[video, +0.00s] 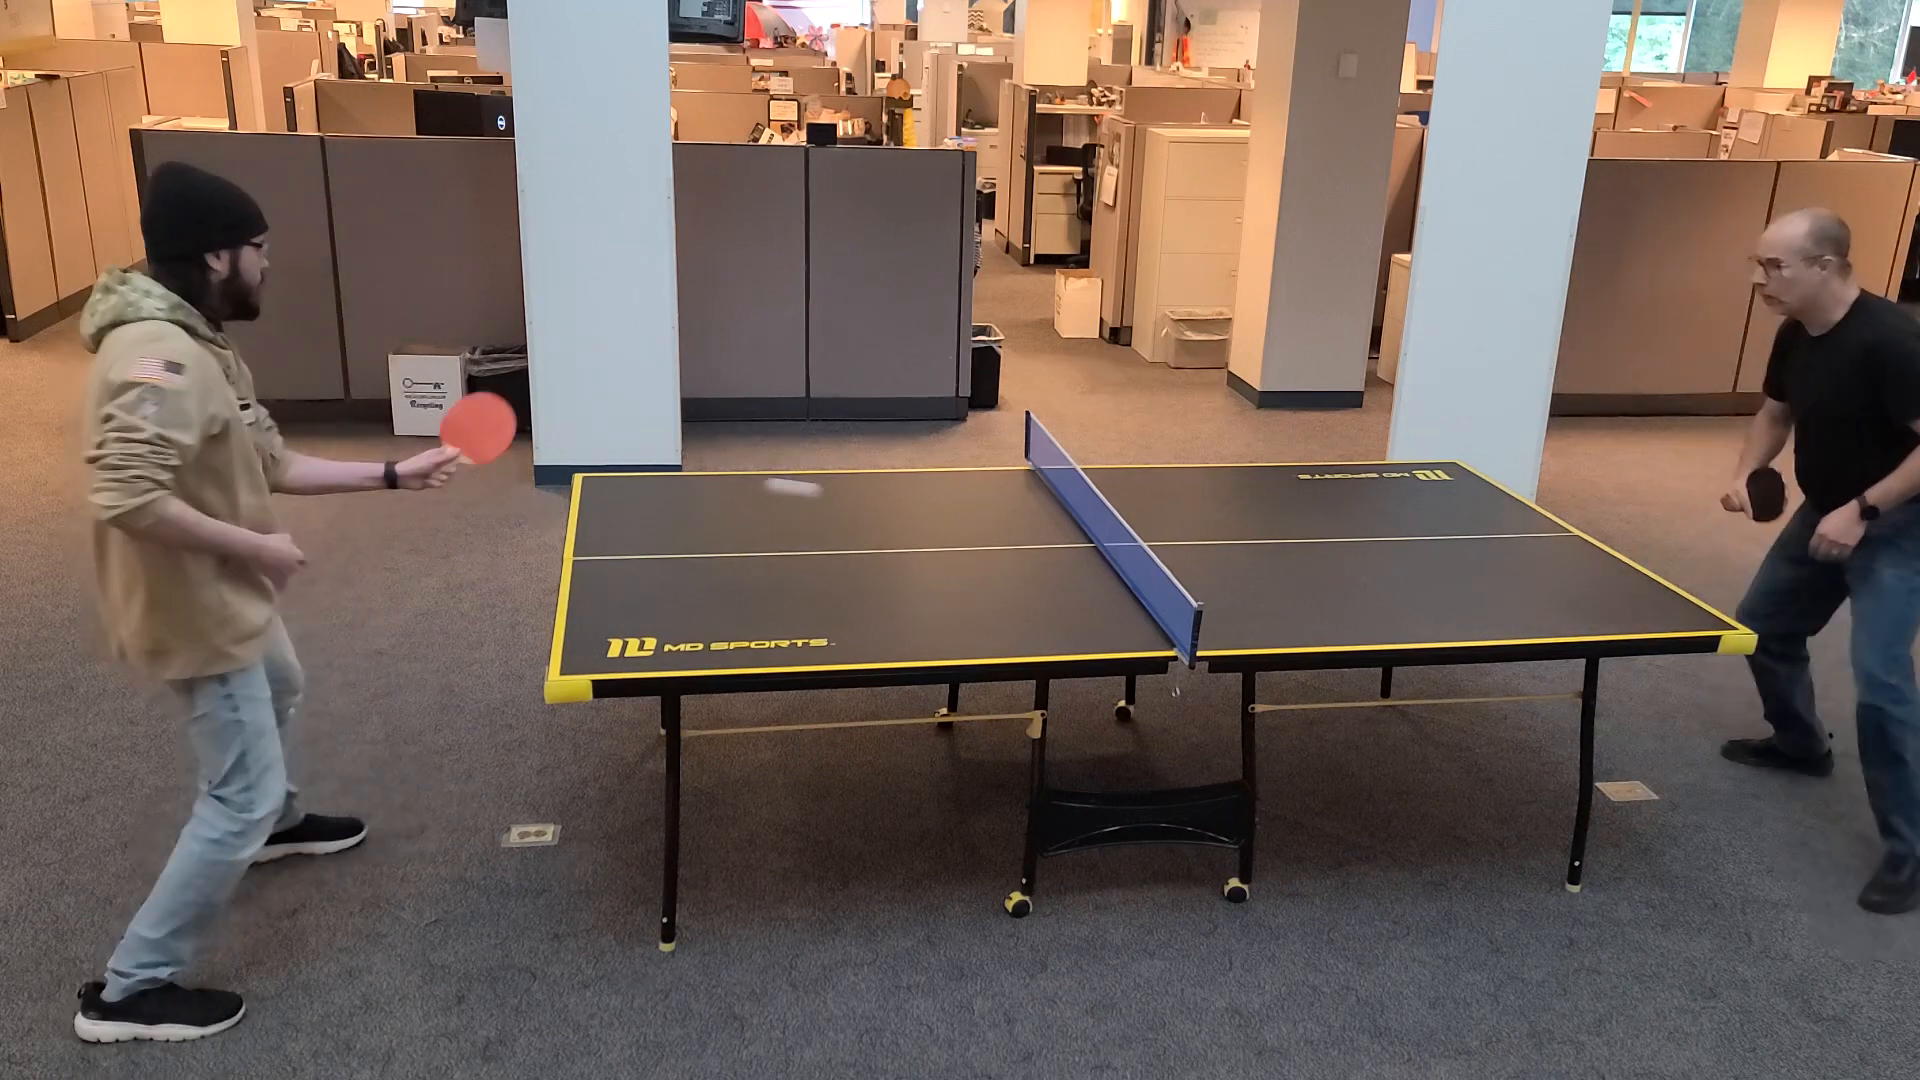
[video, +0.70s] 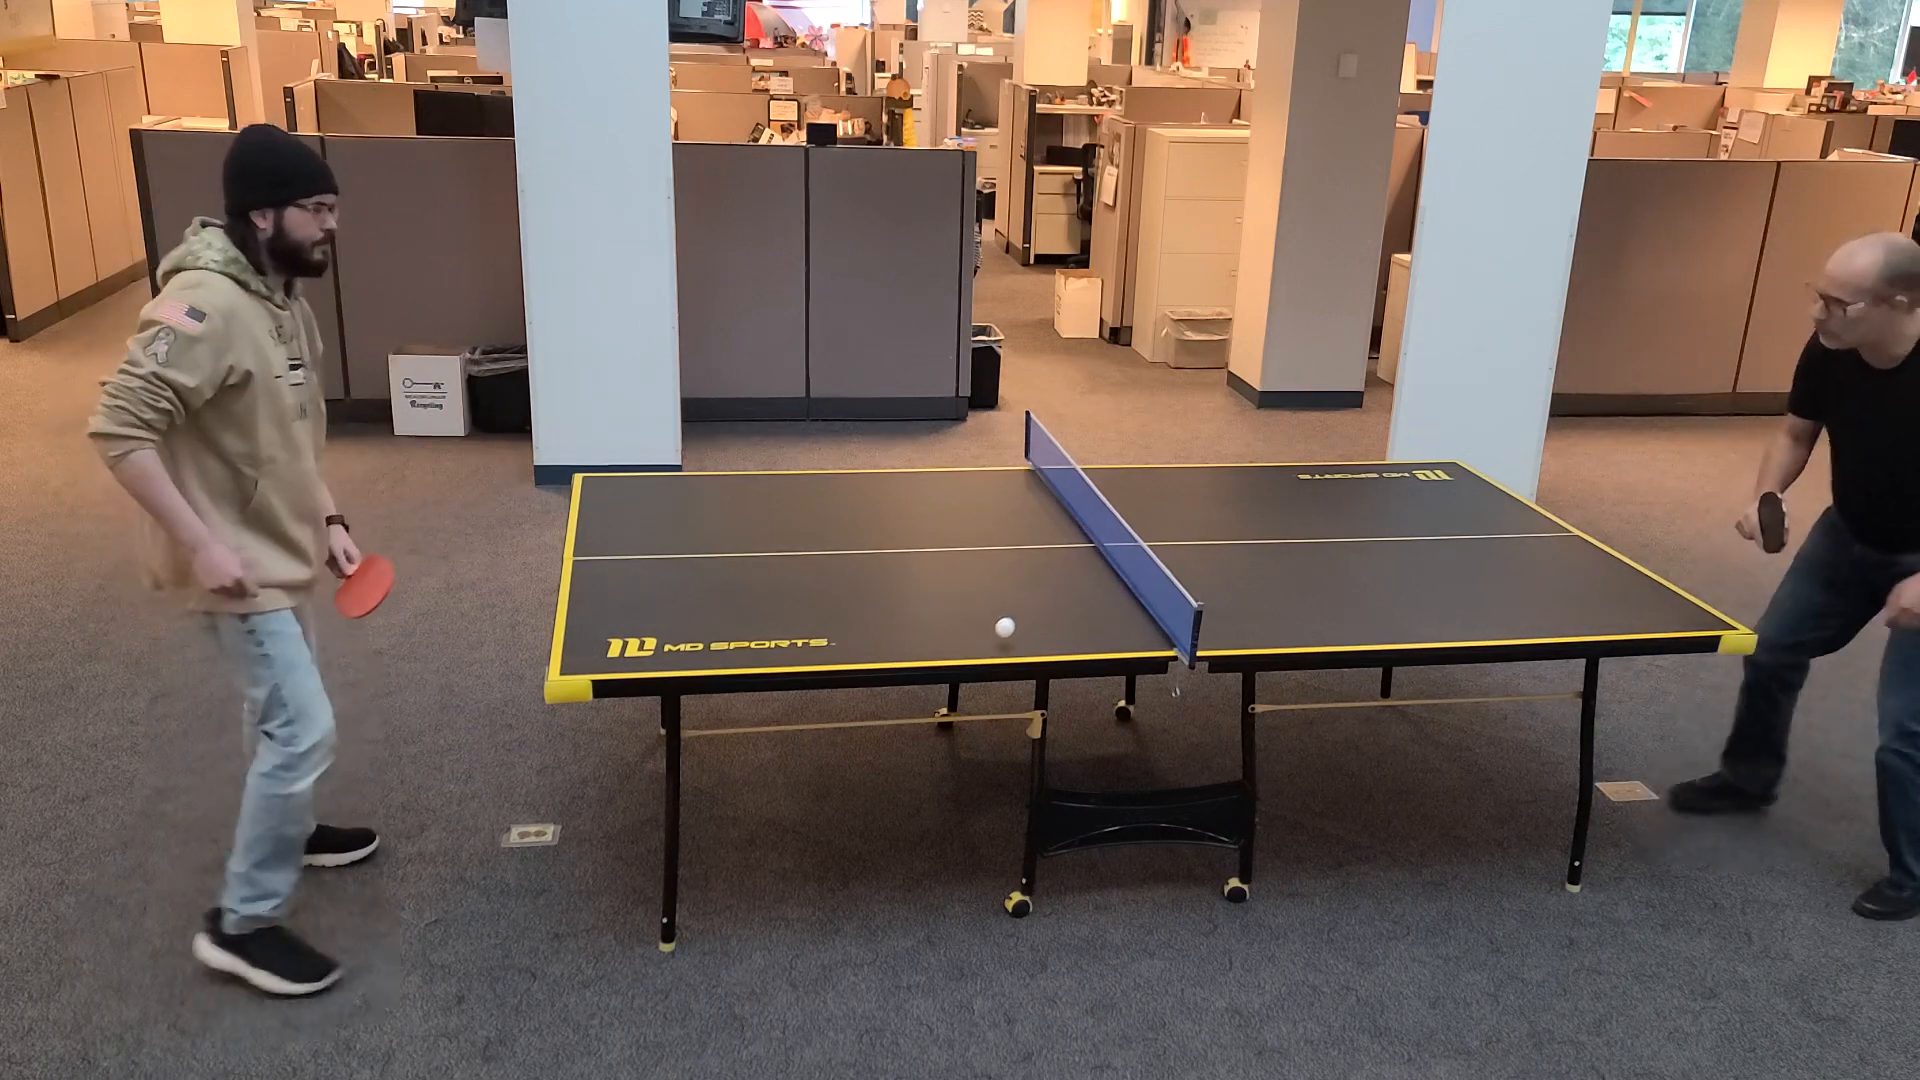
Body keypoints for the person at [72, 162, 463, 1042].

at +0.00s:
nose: (266, 264)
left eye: (262, 247)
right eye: (255, 248)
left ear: (200, 257)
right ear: (213, 257)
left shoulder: (202, 347)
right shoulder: (153, 355)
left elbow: (274, 467)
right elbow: (128, 496)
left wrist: (393, 471)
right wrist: (250, 544)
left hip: (231, 589)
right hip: (194, 610)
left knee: (278, 686)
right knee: (245, 796)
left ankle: (267, 818)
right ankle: (131, 985)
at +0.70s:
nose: (332, 223)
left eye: (331, 206)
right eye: (315, 208)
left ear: (283, 217)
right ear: (261, 217)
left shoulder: (280, 296)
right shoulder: (206, 304)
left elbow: (282, 434)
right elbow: (117, 430)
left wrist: (326, 518)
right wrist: (202, 546)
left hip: (279, 558)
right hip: (235, 572)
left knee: (289, 710)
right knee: (300, 735)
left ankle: (286, 834)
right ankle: (242, 922)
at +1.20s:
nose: (428, 290)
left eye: (430, 273)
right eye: (413, 276)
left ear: (377, 274)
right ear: (352, 277)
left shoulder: (400, 345)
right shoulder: (262, 373)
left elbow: (417, 470)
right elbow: (195, 517)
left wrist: (430, 574)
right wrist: (262, 642)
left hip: (395, 609)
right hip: (316, 632)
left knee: (420, 731)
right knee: (367, 800)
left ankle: (333, 809)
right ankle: (361, 965)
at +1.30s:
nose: (454, 296)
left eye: (458, 279)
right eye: (440, 282)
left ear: (399, 281)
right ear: (379, 282)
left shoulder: (432, 355)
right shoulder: (277, 373)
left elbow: (441, 479)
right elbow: (213, 518)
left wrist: (446, 587)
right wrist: (281, 646)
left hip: (414, 621)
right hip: (326, 641)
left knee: (451, 758)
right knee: (357, 819)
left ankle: (389, 861)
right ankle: (357, 963)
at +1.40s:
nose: (485, 306)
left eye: (489, 289)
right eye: (472, 291)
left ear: (434, 287)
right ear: (412, 287)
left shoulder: (459, 360)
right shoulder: (292, 376)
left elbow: (465, 490)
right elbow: (235, 524)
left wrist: (462, 599)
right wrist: (305, 649)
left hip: (432, 623)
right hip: (332, 641)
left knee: (474, 780)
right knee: (352, 823)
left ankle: (449, 929)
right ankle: (359, 966)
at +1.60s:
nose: (566, 357)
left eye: (573, 341)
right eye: (558, 341)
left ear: (515, 329)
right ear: (500, 327)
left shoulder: (522, 397)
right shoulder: (363, 402)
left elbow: (521, 528)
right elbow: (294, 554)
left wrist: (517, 637)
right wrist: (360, 684)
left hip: (469, 650)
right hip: (364, 661)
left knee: (519, 834)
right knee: (374, 843)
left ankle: (557, 1015)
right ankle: (359, 973)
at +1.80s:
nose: (663, 452)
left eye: (671, 438)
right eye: (656, 433)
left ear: (611, 416)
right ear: (605, 411)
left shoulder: (604, 466)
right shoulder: (465, 468)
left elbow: (560, 578)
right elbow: (387, 625)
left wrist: (579, 684)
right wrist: (451, 760)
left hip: (523, 686)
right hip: (416, 699)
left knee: (581, 840)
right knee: (446, 878)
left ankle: (567, 1024)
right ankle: (381, 970)